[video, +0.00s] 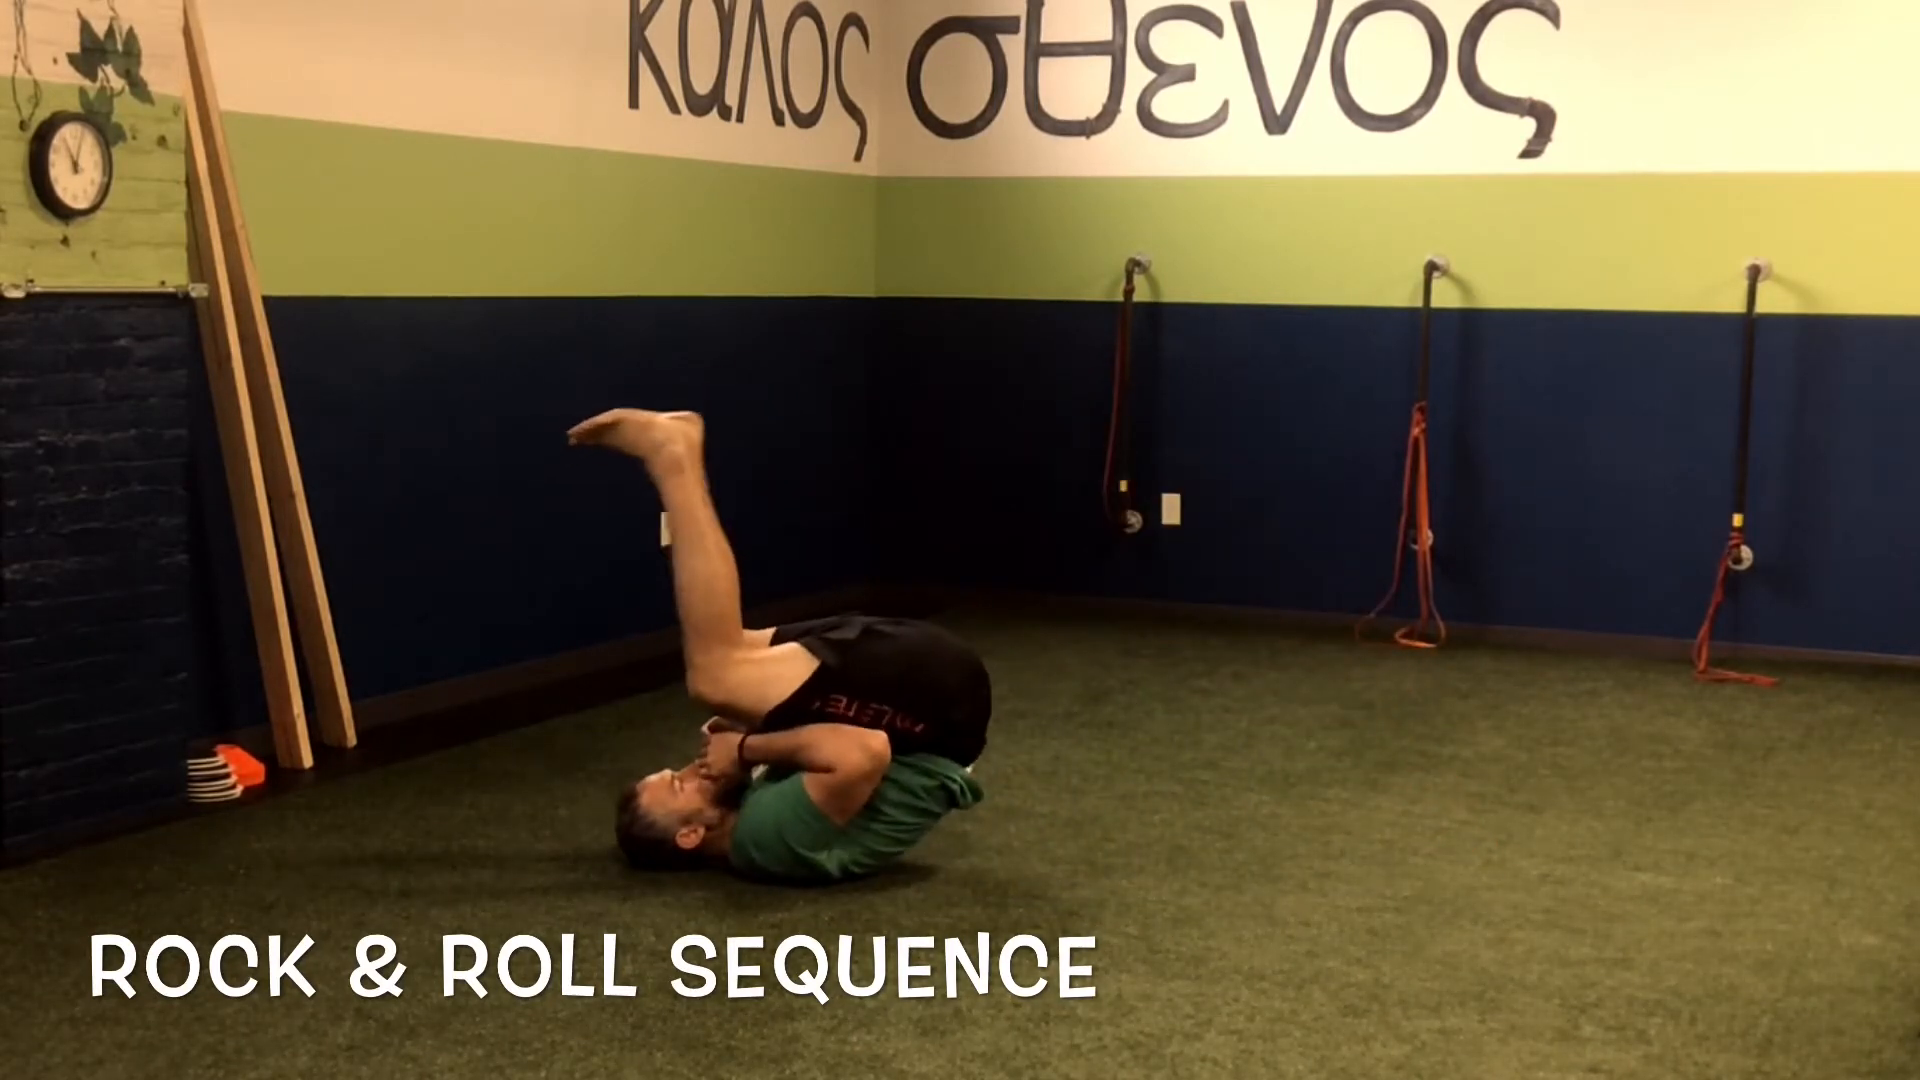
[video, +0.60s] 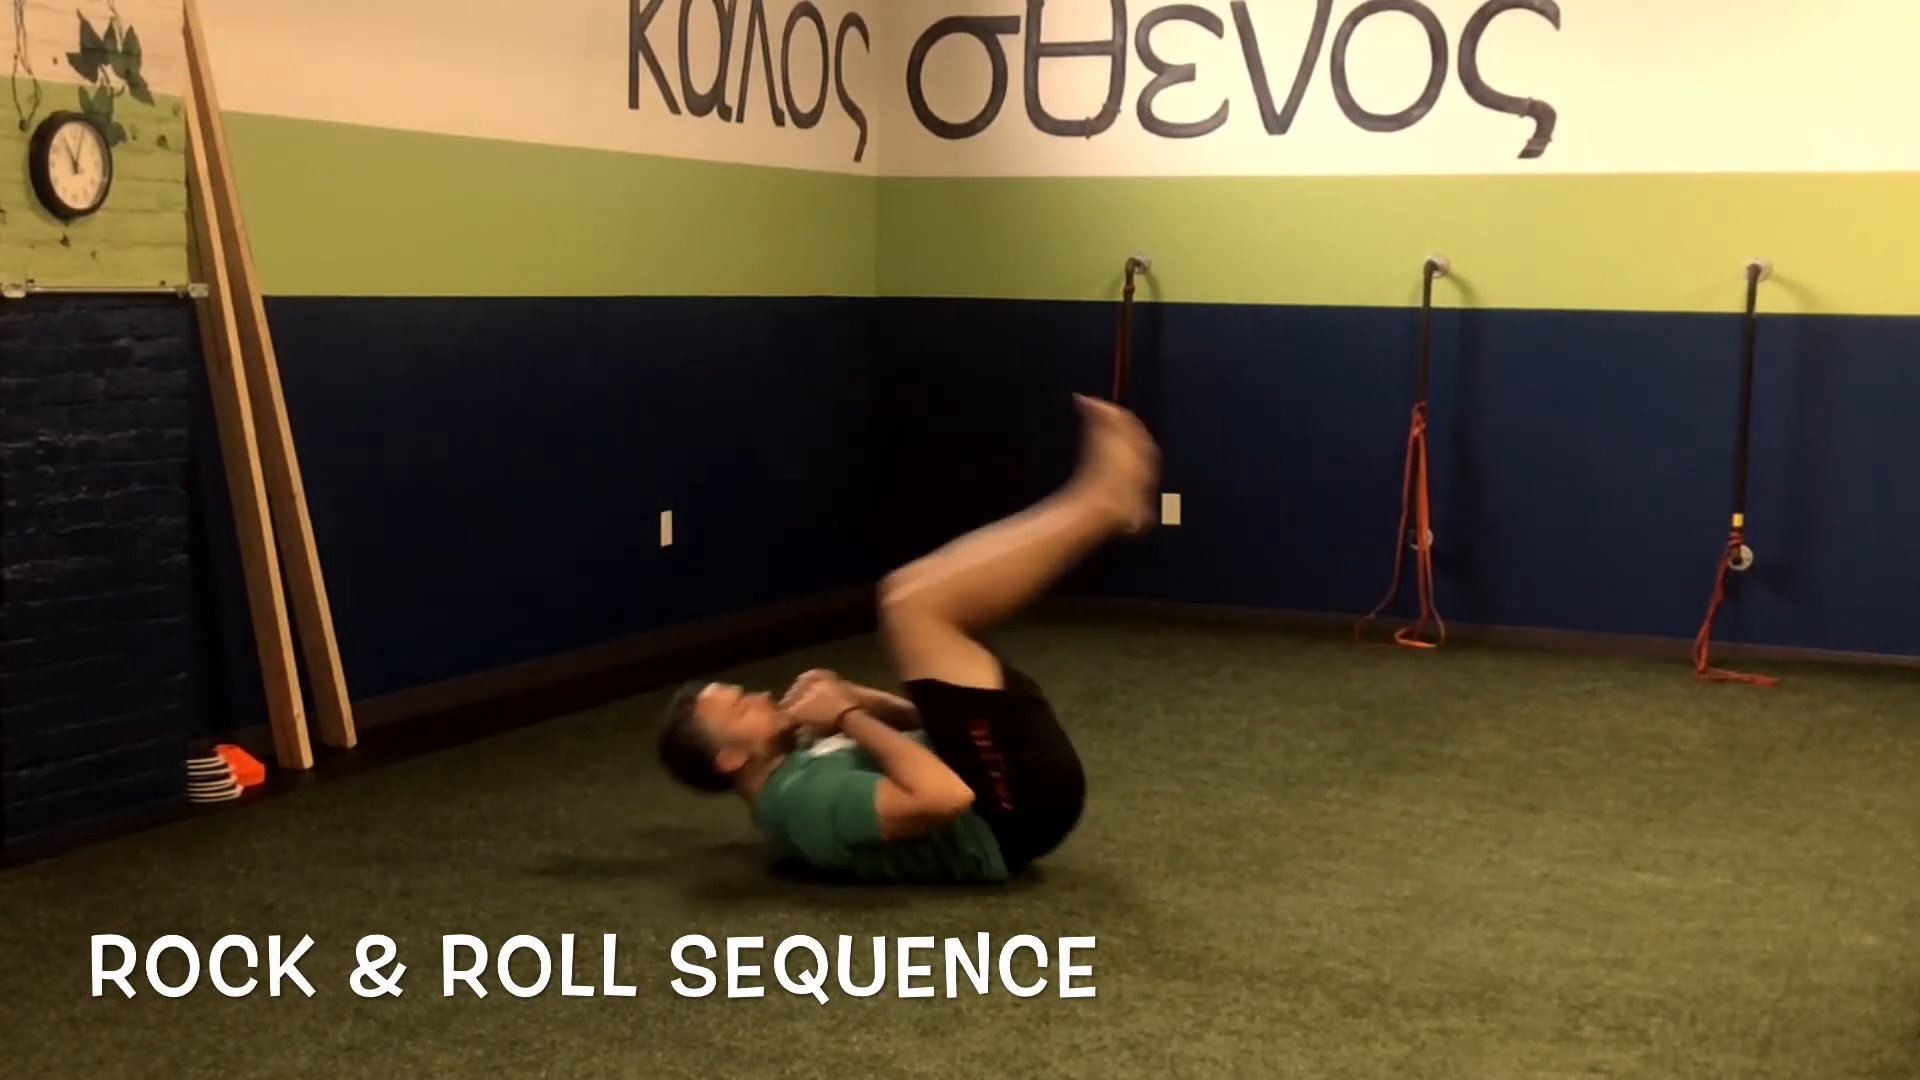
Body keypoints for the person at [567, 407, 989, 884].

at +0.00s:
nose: (686, 769)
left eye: (670, 775)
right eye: (673, 784)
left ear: (695, 828)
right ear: (692, 830)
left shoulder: (749, 817)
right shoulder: (766, 836)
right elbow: (865, 753)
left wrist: (737, 736)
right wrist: (747, 749)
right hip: (946, 693)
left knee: (734, 646)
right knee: (713, 670)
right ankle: (673, 453)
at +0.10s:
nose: (689, 766)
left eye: (673, 771)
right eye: (676, 784)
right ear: (692, 831)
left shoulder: (749, 815)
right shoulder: (767, 835)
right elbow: (869, 760)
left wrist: (743, 745)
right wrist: (750, 745)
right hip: (953, 704)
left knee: (745, 645)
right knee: (726, 665)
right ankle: (712, 445)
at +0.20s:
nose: (692, 762)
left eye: (676, 766)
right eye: (679, 778)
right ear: (692, 826)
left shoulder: (756, 812)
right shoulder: (768, 835)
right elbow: (878, 764)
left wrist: (750, 738)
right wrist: (759, 743)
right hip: (967, 718)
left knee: (774, 638)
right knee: (745, 654)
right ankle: (769, 433)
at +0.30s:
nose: (697, 751)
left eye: (680, 755)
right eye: (683, 768)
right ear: (695, 817)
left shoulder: (763, 810)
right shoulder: (770, 832)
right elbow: (887, 770)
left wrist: (771, 720)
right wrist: (769, 740)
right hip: (979, 738)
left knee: (793, 631)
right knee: (769, 638)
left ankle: (839, 429)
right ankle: (838, 430)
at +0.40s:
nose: (707, 739)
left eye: (690, 741)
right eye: (692, 753)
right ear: (701, 805)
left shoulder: (772, 800)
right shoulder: (775, 826)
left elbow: (866, 715)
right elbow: (902, 778)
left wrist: (787, 710)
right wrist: (787, 736)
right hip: (992, 753)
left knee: (809, 617)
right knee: (805, 624)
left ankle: (924, 438)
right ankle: (917, 438)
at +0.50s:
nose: (732, 720)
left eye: (713, 721)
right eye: (713, 734)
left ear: (717, 785)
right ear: (714, 785)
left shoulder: (780, 791)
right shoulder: (783, 817)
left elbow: (894, 713)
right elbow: (922, 788)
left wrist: (812, 706)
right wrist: (811, 728)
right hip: (1004, 780)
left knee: (851, 601)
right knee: (852, 609)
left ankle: (1009, 459)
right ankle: (1011, 460)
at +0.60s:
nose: (759, 694)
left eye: (741, 691)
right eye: (738, 705)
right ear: (733, 758)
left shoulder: (798, 766)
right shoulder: (798, 802)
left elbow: (924, 718)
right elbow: (945, 797)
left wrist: (853, 698)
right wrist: (851, 719)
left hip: (1003, 787)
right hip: (1017, 807)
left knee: (909, 592)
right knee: (909, 598)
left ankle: (1096, 498)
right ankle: (1103, 498)